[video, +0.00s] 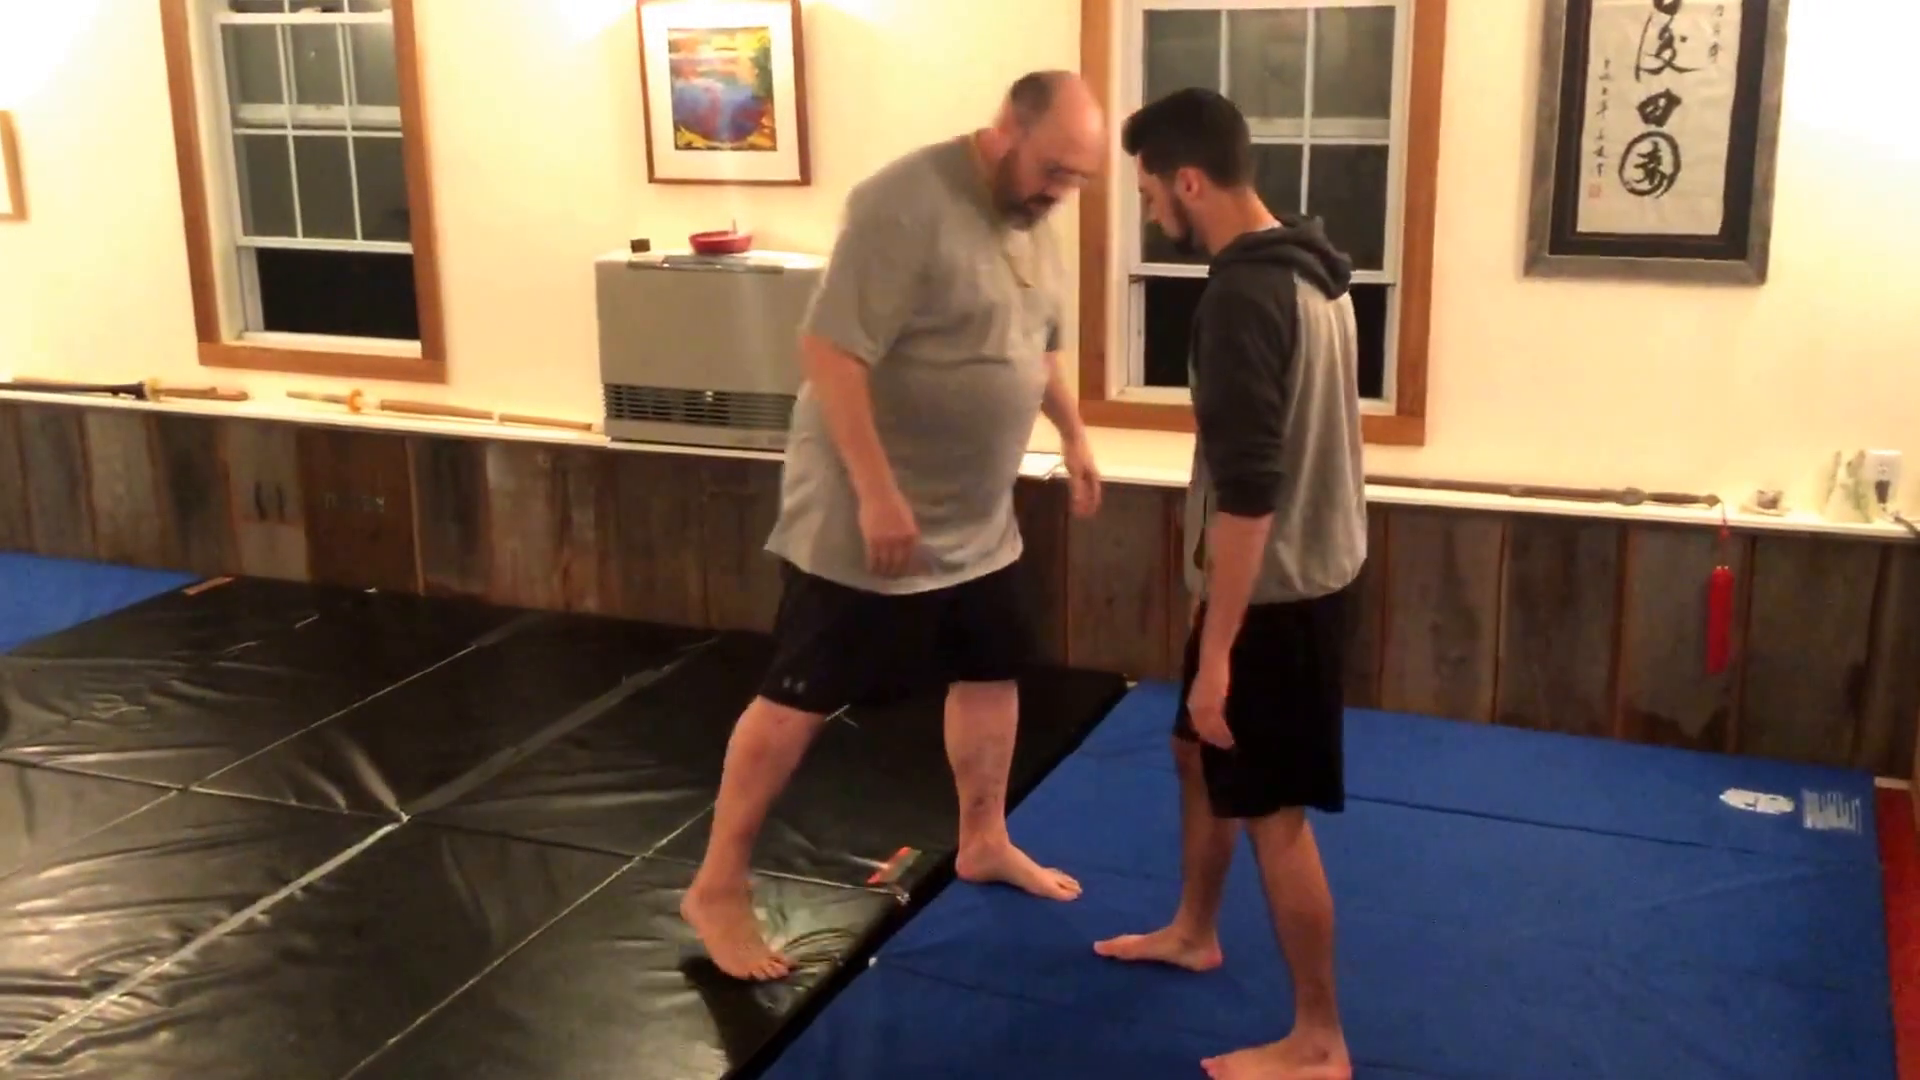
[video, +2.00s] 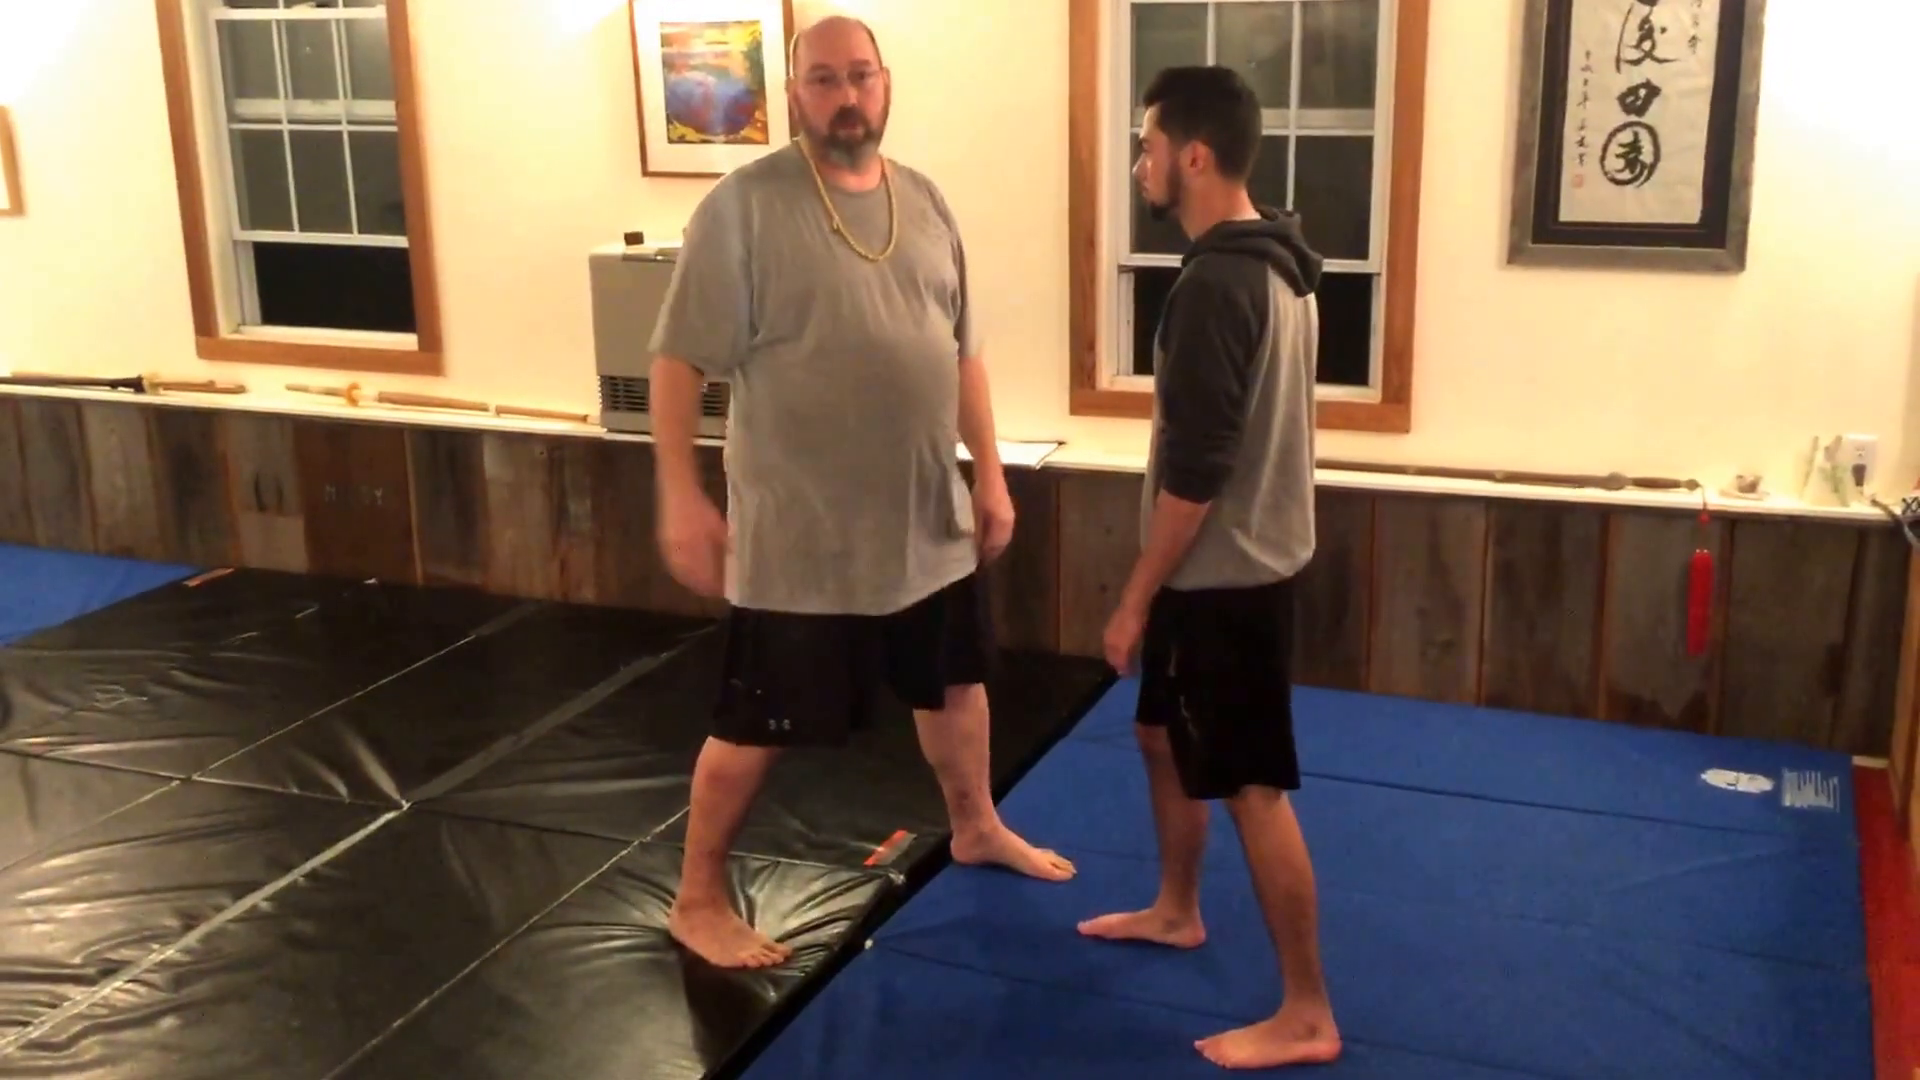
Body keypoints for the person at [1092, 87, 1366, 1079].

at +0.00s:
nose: (1152, 211)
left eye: (1151, 191)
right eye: (1146, 193)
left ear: (1188, 181)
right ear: (1228, 174)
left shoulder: (1244, 293)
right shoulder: (1308, 265)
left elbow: (1250, 498)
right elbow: (1316, 438)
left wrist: (1214, 659)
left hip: (1273, 592)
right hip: (1292, 572)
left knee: (1275, 817)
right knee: (1200, 744)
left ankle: (1317, 1040)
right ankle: (1192, 929)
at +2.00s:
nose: (1142, 162)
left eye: (1151, 143)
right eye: (1145, 142)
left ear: (1197, 154)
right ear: (1226, 153)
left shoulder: (1216, 282)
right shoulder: (1274, 257)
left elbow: (1196, 472)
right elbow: (1268, 429)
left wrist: (1133, 600)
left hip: (1228, 570)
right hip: (1233, 555)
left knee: (1252, 786)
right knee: (1162, 731)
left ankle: (1307, 1013)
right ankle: (1177, 907)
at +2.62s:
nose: (1141, 157)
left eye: (1152, 140)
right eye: (1144, 138)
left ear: (1200, 153)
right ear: (1226, 153)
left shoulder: (1214, 273)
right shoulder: (1272, 252)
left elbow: (1201, 466)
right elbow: (1261, 430)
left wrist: (1146, 603)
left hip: (1226, 565)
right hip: (1240, 551)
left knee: (1250, 782)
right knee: (1167, 726)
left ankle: (1307, 1010)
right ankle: (1177, 905)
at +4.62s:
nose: (1141, 169)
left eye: (1147, 151)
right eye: (1143, 150)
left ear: (1186, 157)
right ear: (1231, 152)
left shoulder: (1217, 280)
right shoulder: (1277, 256)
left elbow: (1209, 473)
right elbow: (1233, 440)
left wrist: (1144, 614)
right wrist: (1152, 541)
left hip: (1230, 571)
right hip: (1230, 554)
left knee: (1254, 785)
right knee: (1166, 727)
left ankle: (1307, 1011)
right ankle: (1175, 903)